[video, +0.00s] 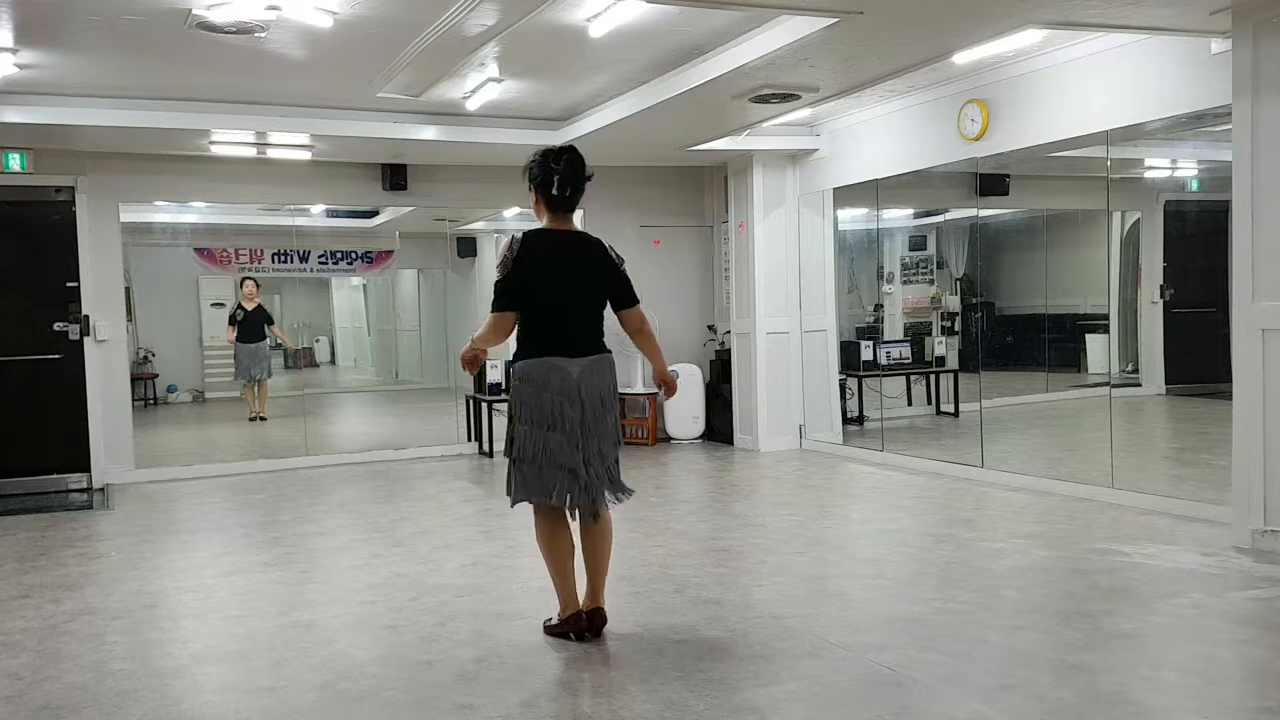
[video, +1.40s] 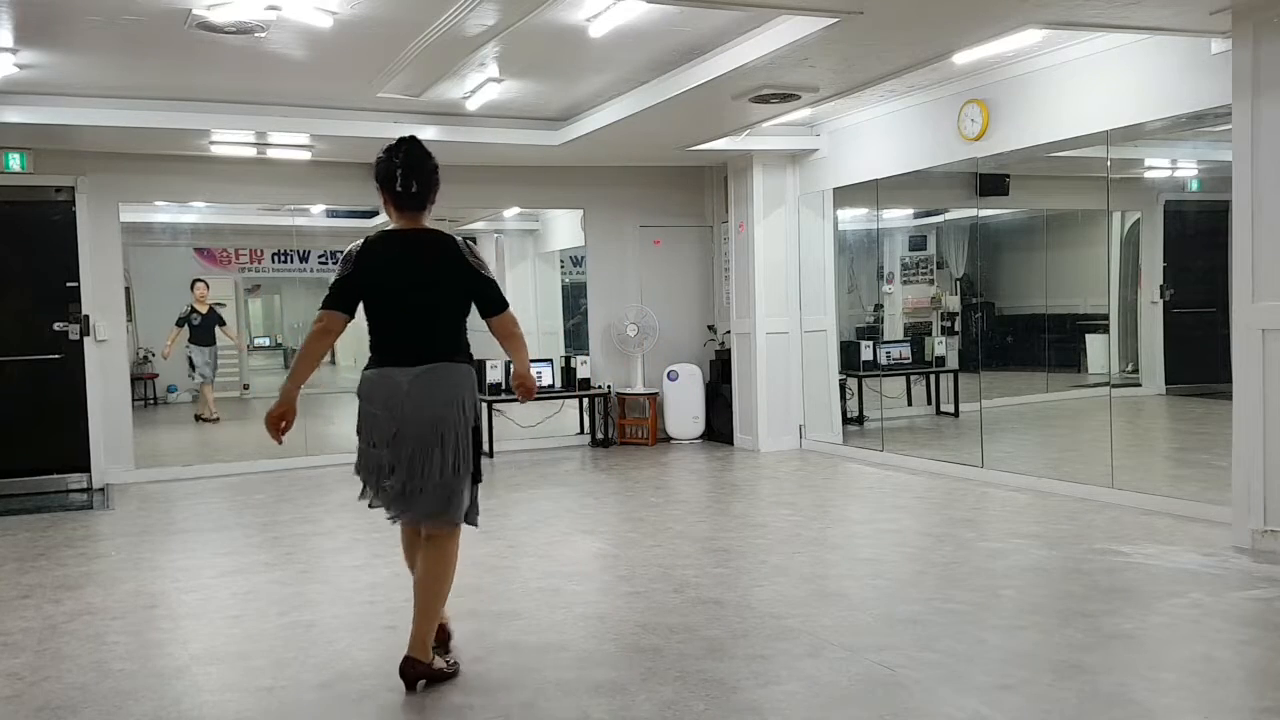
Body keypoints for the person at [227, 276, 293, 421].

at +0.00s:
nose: (250, 289)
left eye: (253, 287)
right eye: (247, 287)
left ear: (257, 289)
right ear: (242, 290)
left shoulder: (262, 308)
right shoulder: (237, 309)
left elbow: (273, 328)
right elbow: (231, 327)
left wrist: (288, 343)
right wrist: (231, 335)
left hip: (261, 347)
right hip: (243, 348)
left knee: (262, 381)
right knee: (248, 382)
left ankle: (262, 410)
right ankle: (253, 410)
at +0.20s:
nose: (245, 289)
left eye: (248, 286)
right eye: (242, 287)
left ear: (252, 289)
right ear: (236, 290)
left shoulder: (257, 308)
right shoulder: (232, 308)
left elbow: (268, 327)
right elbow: (225, 327)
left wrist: (282, 339)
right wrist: (221, 336)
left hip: (256, 347)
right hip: (238, 347)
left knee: (261, 380)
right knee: (238, 379)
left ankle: (261, 411)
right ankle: (235, 410)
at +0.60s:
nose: (226, 290)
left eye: (229, 287)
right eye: (223, 287)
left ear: (233, 289)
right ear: (218, 290)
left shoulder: (237, 308)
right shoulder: (212, 308)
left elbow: (248, 327)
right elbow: (205, 325)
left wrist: (261, 338)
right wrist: (204, 330)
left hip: (237, 347)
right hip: (219, 348)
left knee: (248, 378)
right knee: (221, 382)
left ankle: (260, 409)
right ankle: (223, 413)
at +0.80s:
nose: (219, 290)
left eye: (222, 287)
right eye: (215, 287)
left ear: (226, 290)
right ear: (210, 290)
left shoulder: (230, 308)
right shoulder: (207, 308)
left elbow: (240, 328)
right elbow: (198, 325)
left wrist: (253, 342)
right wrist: (200, 333)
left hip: (232, 346)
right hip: (214, 348)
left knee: (240, 378)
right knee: (218, 383)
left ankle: (245, 409)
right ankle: (223, 412)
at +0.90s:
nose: (216, 290)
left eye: (218, 287)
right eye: (212, 288)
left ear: (222, 290)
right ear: (207, 291)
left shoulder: (227, 308)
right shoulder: (203, 308)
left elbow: (238, 328)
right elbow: (196, 326)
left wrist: (250, 341)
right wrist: (195, 339)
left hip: (229, 347)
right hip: (211, 348)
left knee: (236, 378)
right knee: (216, 382)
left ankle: (230, 408)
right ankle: (222, 412)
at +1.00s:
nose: (213, 291)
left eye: (216, 288)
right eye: (210, 288)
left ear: (220, 290)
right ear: (204, 291)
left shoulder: (225, 309)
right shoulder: (201, 310)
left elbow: (236, 328)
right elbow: (192, 329)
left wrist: (248, 341)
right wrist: (188, 345)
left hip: (225, 348)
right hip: (209, 348)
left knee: (224, 380)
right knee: (215, 381)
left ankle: (214, 407)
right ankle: (222, 411)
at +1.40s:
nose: (202, 292)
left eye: (204, 289)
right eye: (198, 289)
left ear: (208, 291)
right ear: (193, 292)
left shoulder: (213, 310)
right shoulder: (189, 310)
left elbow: (224, 327)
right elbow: (177, 329)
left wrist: (236, 340)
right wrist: (168, 346)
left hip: (211, 348)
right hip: (196, 348)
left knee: (208, 380)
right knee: (205, 379)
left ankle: (201, 412)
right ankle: (213, 411)